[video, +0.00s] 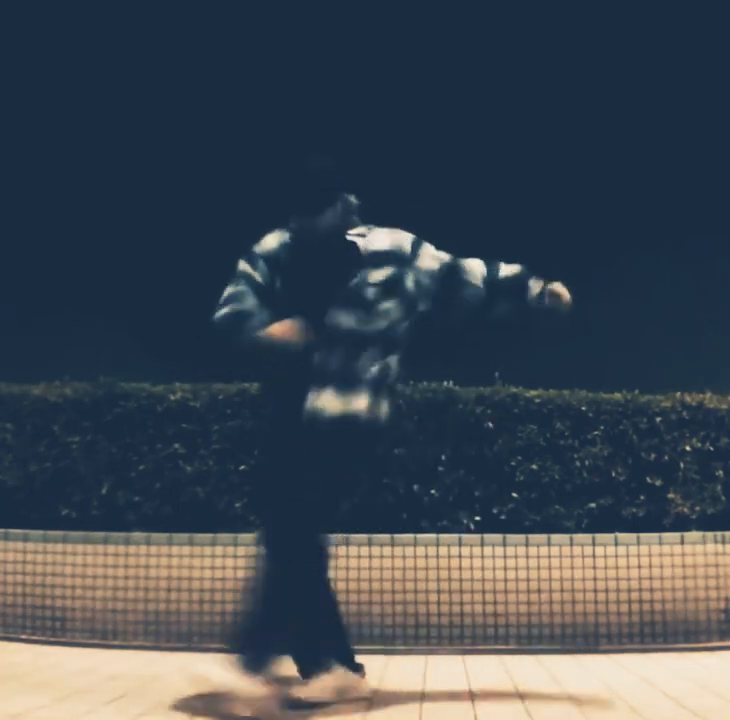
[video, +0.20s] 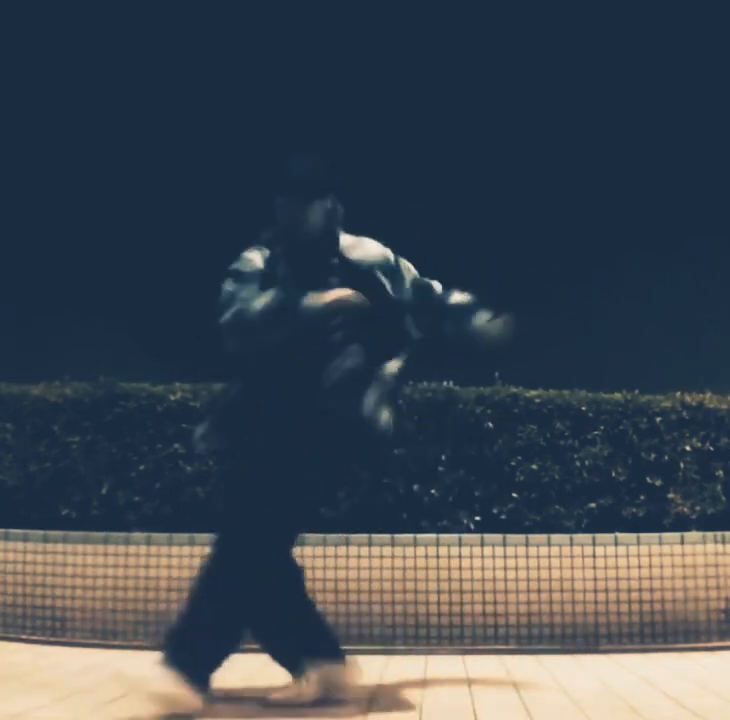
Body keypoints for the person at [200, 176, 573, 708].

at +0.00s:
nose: (314, 229)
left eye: (322, 217)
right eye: (305, 221)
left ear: (344, 210)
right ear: (295, 218)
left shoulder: (395, 252)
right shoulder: (278, 253)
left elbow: (470, 278)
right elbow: (231, 309)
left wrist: (535, 290)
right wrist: (264, 328)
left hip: (357, 423)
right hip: (292, 419)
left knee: (298, 533)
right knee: (295, 535)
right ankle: (332, 666)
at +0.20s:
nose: (301, 219)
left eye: (311, 207)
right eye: (292, 208)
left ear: (333, 209)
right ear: (277, 211)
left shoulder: (370, 260)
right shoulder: (257, 264)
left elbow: (432, 302)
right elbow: (236, 326)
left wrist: (479, 321)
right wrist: (307, 306)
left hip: (333, 428)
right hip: (258, 425)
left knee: (254, 537)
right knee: (256, 540)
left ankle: (185, 668)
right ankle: (322, 664)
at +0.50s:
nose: (314, 216)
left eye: (324, 205)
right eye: (304, 205)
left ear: (340, 207)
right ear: (286, 205)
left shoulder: (364, 265)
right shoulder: (248, 262)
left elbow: (353, 341)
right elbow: (192, 324)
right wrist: (228, 369)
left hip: (340, 424)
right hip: (261, 423)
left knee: (390, 525)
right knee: (231, 518)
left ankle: (406, 655)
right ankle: (243, 643)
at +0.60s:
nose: (299, 277)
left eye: (308, 266)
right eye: (289, 267)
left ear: (323, 268)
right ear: (270, 269)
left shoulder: (348, 321)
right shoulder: (242, 323)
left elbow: (355, 405)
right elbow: (238, 417)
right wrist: (281, 494)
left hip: (340, 466)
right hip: (268, 468)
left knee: (405, 530)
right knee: (212, 550)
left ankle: (456, 642)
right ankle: (150, 658)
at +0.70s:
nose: (292, 327)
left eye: (301, 317)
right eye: (283, 316)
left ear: (320, 315)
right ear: (268, 315)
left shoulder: (351, 367)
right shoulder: (244, 365)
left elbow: (362, 456)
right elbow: (234, 448)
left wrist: (328, 528)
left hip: (340, 500)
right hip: (268, 501)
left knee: (404, 564)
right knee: (207, 572)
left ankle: (460, 655)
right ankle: (150, 668)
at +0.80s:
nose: (302, 323)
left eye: (312, 312)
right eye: (293, 312)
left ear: (329, 311)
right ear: (277, 311)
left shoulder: (357, 362)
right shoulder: (250, 362)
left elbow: (366, 455)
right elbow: (242, 452)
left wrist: (332, 529)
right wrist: (289, 523)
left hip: (348, 500)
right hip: (271, 499)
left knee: (414, 576)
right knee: (206, 579)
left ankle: (460, 667)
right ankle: (151, 671)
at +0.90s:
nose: (324, 239)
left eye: (334, 228)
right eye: (314, 228)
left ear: (348, 230)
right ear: (294, 228)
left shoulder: (380, 288)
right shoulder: (255, 285)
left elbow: (391, 369)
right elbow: (243, 373)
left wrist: (352, 429)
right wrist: (282, 432)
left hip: (353, 440)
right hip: (276, 441)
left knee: (410, 548)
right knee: (228, 546)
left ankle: (453, 656)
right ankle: (175, 658)